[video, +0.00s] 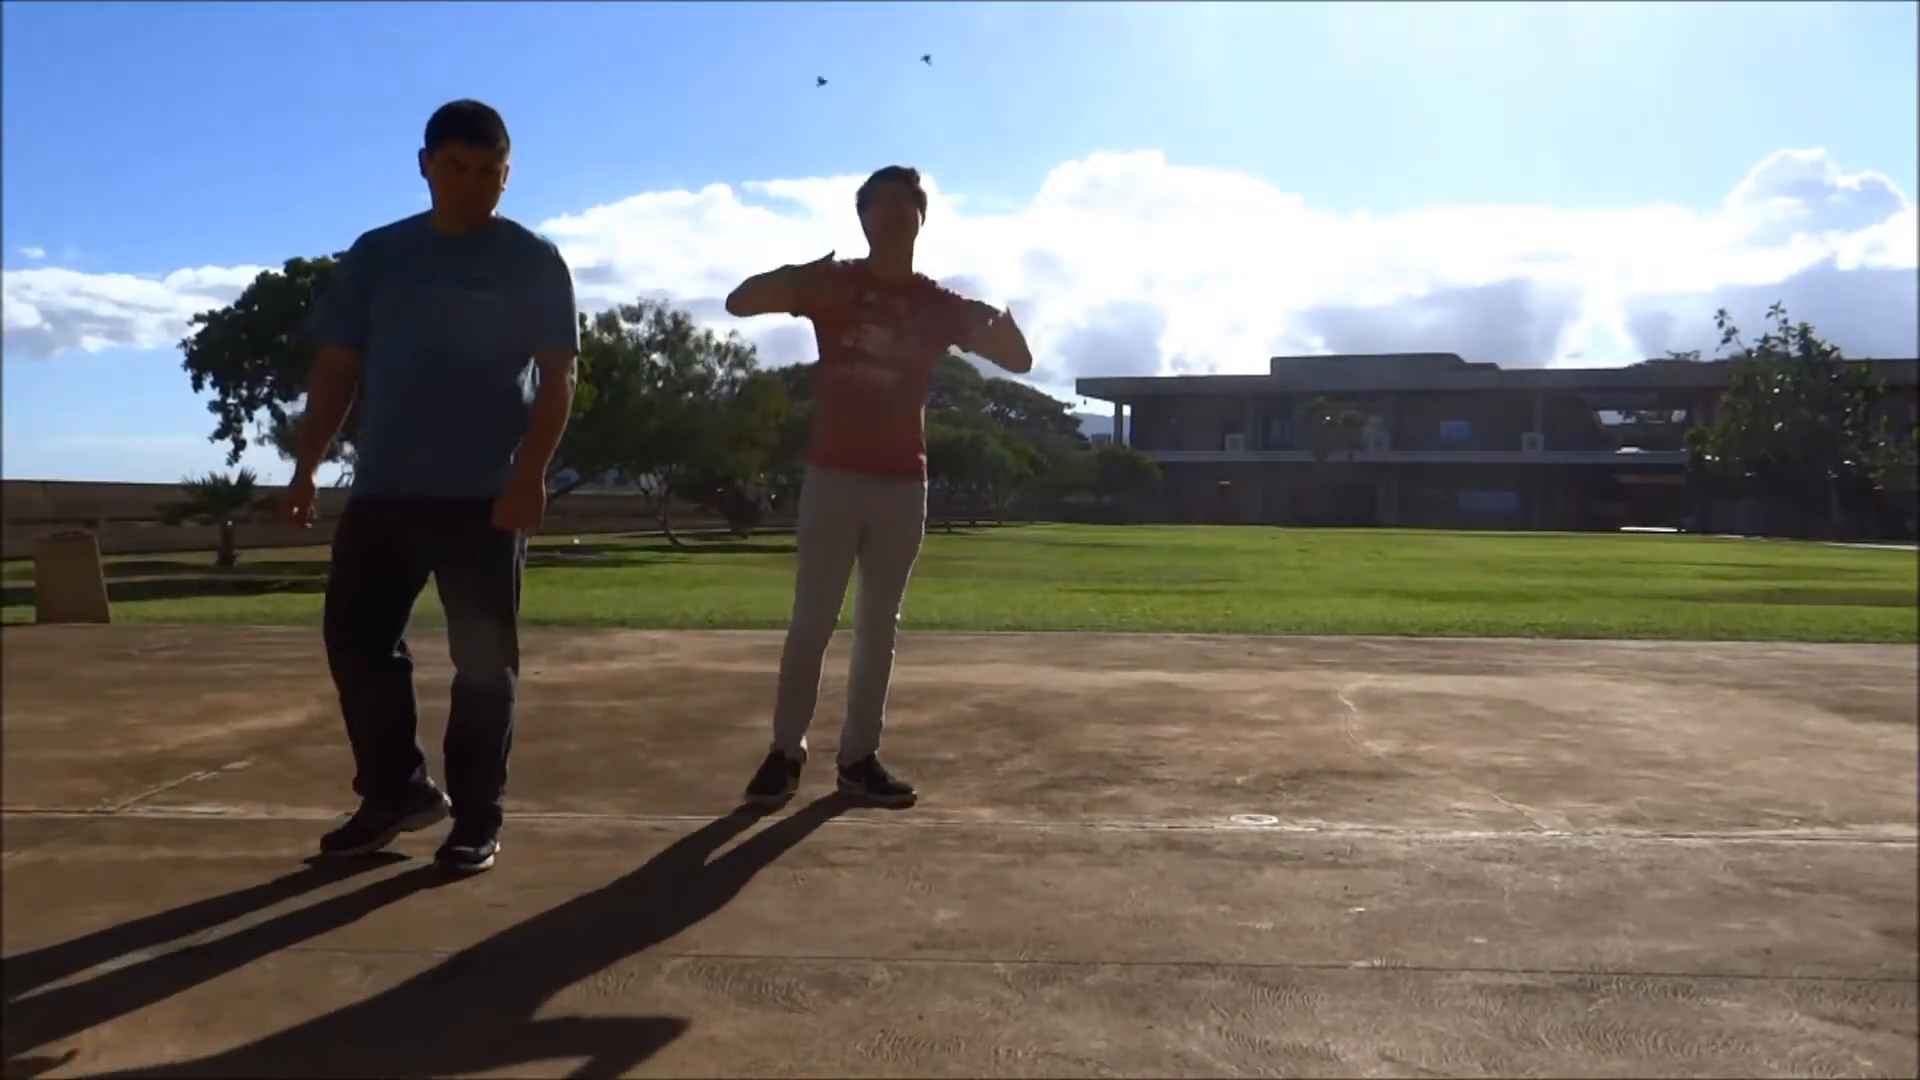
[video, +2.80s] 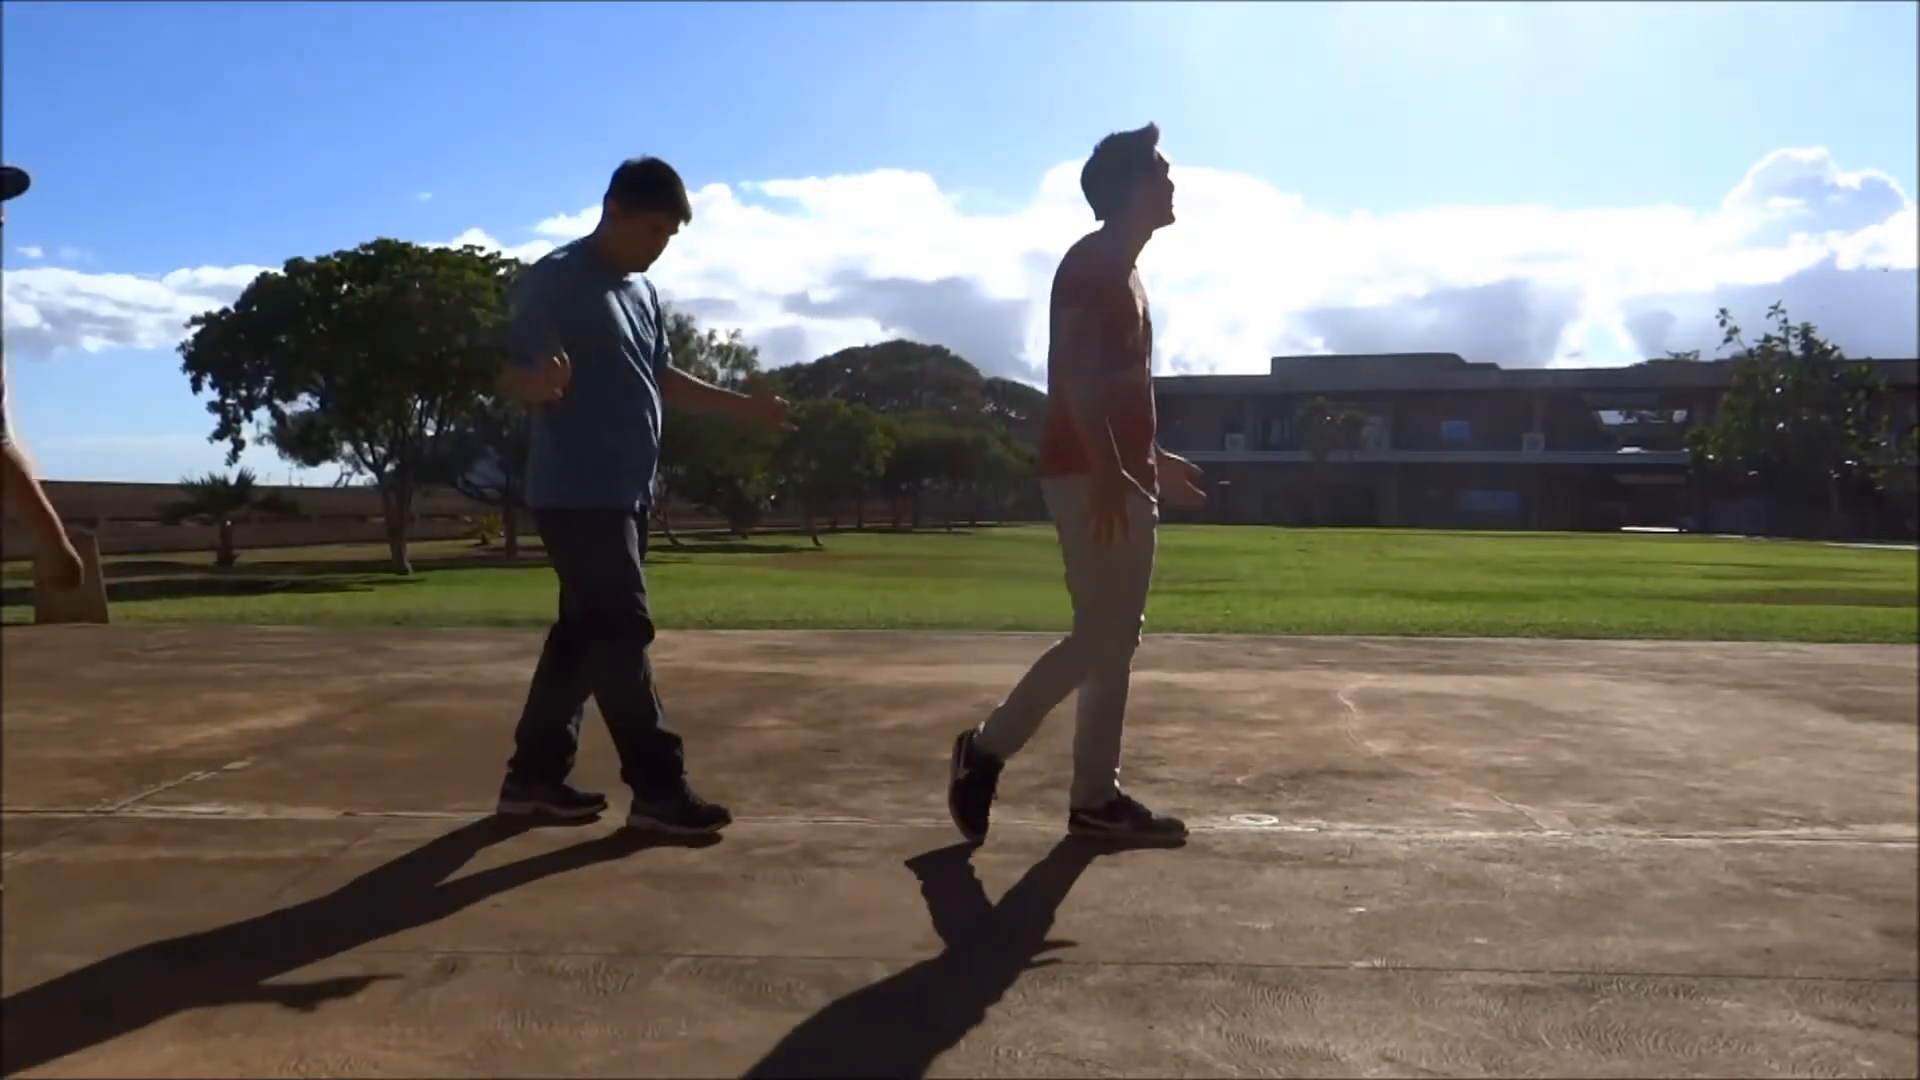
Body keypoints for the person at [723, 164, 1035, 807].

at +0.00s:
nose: (897, 217)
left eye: (907, 207)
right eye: (885, 207)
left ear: (922, 217)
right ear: (863, 218)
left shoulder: (939, 303)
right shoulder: (832, 285)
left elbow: (1018, 360)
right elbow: (740, 302)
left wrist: (1001, 321)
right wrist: (807, 275)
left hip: (901, 484)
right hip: (831, 477)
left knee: (879, 629)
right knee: (810, 623)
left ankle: (859, 761)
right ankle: (786, 754)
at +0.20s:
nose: (922, 209)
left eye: (924, 200)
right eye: (907, 200)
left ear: (927, 215)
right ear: (872, 216)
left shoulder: (949, 305)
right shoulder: (833, 288)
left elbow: (994, 379)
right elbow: (765, 349)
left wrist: (976, 397)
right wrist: (816, 381)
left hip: (911, 480)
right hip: (846, 476)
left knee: (886, 620)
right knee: (850, 615)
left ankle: (866, 760)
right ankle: (837, 765)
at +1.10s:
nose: (974, 193)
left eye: (970, 182)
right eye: (961, 183)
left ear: (941, 197)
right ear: (921, 196)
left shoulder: (976, 284)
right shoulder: (869, 282)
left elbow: (1007, 381)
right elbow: (828, 392)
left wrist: (1055, 462)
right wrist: (816, 494)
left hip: (966, 479)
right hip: (904, 480)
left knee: (962, 627)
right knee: (923, 627)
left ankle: (876, 733)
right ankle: (923, 784)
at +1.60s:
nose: (1003, 188)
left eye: (1002, 176)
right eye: (988, 176)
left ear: (983, 191)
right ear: (944, 188)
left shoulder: (991, 283)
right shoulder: (900, 274)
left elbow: (995, 390)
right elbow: (876, 391)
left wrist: (1018, 471)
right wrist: (897, 489)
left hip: (996, 485)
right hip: (933, 488)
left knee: (1029, 624)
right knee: (937, 640)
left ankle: (976, 768)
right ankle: (925, 787)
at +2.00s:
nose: (1048, 188)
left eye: (1043, 175)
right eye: (1035, 176)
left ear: (1011, 191)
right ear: (996, 191)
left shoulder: (1005, 285)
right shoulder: (951, 271)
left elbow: (1001, 391)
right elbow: (941, 388)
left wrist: (1018, 474)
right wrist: (994, 471)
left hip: (1007, 478)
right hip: (956, 481)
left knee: (1046, 630)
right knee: (953, 638)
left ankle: (1081, 787)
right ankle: (926, 791)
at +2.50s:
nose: (1130, 185)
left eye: (1125, 175)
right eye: (1117, 175)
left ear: (1091, 192)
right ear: (1082, 190)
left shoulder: (1076, 279)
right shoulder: (1043, 264)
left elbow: (1076, 388)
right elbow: (1043, 375)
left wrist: (1095, 480)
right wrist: (1079, 477)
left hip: (1078, 480)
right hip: (1032, 479)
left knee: (1087, 642)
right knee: (1006, 633)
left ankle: (1093, 799)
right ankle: (932, 776)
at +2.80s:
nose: (1174, 181)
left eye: (1168, 169)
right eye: (1161, 170)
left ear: (1133, 190)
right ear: (1126, 188)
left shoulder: (1121, 273)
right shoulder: (1091, 265)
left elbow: (1109, 389)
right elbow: (1077, 380)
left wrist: (1153, 457)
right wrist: (1108, 471)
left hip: (1123, 479)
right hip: (1089, 476)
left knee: (1115, 641)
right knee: (1097, 638)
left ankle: (1096, 799)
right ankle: (983, 752)